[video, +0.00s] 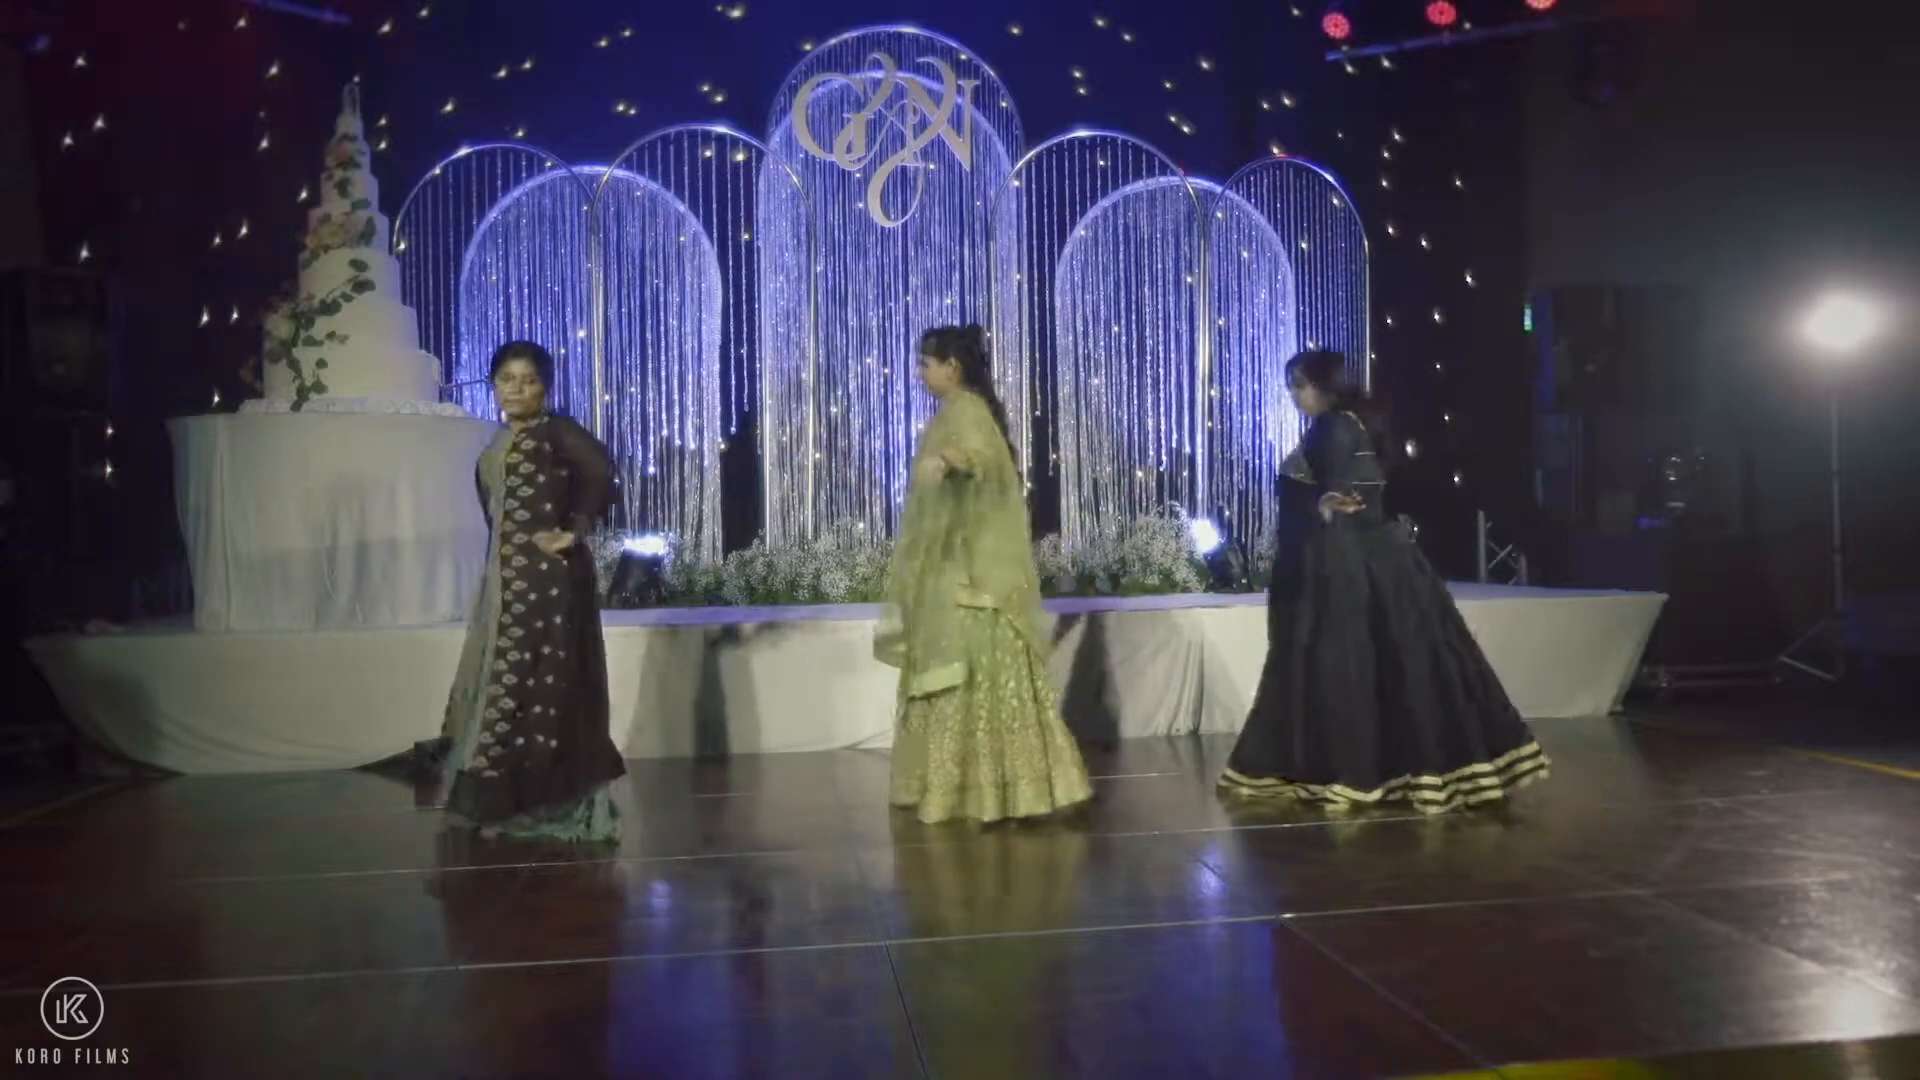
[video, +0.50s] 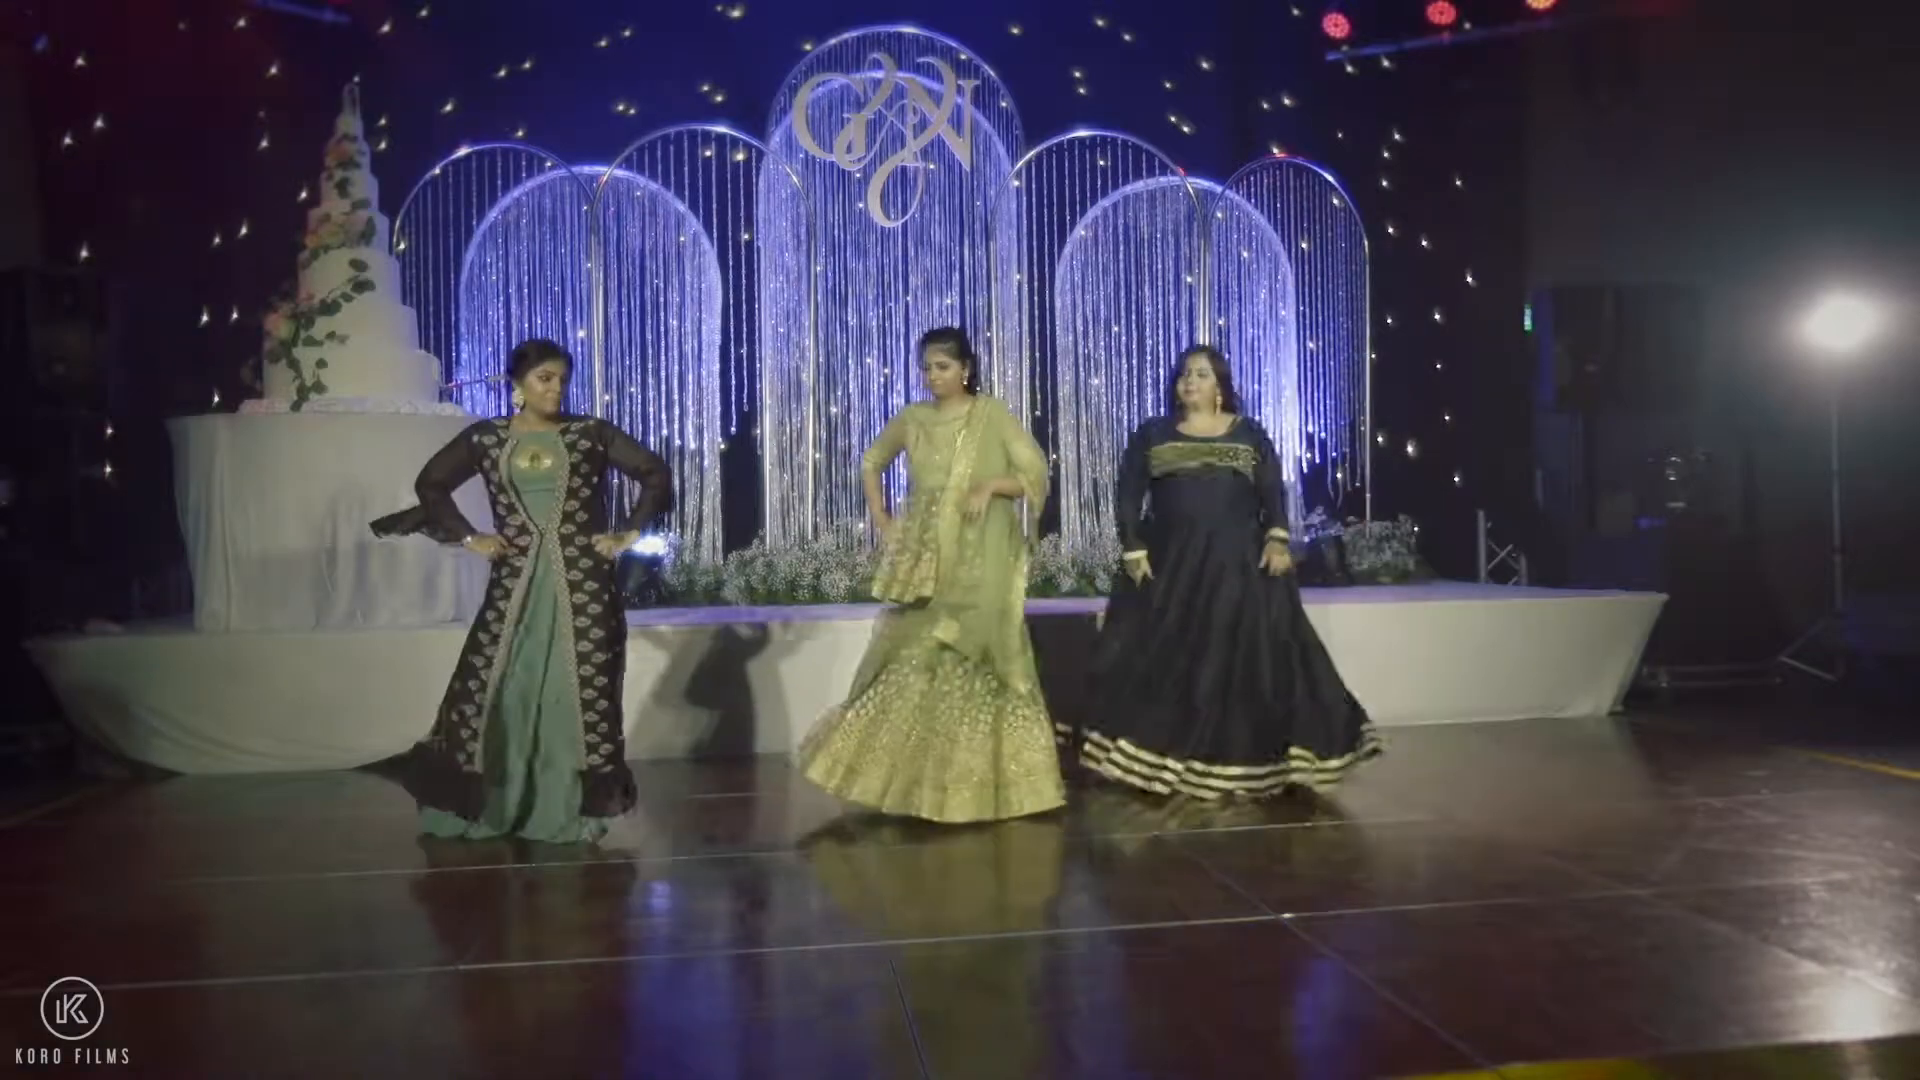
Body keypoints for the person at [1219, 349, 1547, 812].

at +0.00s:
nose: (1294, 398)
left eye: (1298, 387)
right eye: (1292, 388)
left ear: (1319, 386)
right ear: (1331, 385)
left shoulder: (1332, 428)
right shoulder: (1353, 426)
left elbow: (1327, 487)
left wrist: (1317, 499)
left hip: (1340, 566)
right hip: (1366, 560)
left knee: (1335, 669)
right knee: (1364, 667)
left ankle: (1346, 772)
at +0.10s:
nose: (1269, 393)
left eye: (1275, 383)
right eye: (1268, 384)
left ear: (1301, 383)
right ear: (1298, 387)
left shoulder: (1323, 424)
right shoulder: (1296, 429)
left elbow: (1338, 473)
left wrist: (1338, 500)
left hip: (1318, 562)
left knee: (1318, 666)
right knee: (1297, 666)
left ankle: (1333, 773)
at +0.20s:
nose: (1245, 388)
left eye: (1253, 379)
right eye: (1245, 380)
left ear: (1280, 381)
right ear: (1259, 386)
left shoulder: (1307, 426)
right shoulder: (1249, 437)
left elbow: (1327, 471)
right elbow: (1228, 498)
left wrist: (1333, 502)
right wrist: (1197, 539)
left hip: (1301, 559)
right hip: (1252, 560)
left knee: (1303, 663)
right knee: (1257, 662)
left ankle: (1321, 770)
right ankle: (1264, 767)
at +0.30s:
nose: (1224, 387)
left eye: (1233, 378)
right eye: (1222, 379)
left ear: (1261, 381)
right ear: (1224, 386)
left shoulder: (1294, 428)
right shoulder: (1213, 442)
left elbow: (1319, 476)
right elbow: (1189, 504)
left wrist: (1324, 512)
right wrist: (1162, 551)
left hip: (1283, 563)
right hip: (1224, 567)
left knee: (1286, 659)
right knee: (1223, 660)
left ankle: (1294, 763)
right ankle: (1232, 761)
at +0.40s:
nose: (1205, 383)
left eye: (1216, 376)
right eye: (1202, 376)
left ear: (1241, 383)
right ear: (1198, 384)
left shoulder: (1276, 432)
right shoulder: (1182, 440)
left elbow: (1299, 488)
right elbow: (1159, 500)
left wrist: (1306, 532)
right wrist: (1141, 550)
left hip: (1264, 568)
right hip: (1197, 567)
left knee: (1271, 664)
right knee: (1199, 664)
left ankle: (1277, 768)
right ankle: (1207, 766)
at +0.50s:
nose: (1190, 381)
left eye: (1201, 375)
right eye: (1185, 374)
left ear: (1220, 383)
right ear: (1176, 383)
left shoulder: (1249, 434)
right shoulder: (1152, 435)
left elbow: (1273, 490)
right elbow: (1127, 495)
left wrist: (1277, 539)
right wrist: (1132, 546)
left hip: (1240, 565)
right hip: (1173, 567)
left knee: (1245, 664)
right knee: (1175, 666)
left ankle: (1247, 769)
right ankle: (1176, 769)